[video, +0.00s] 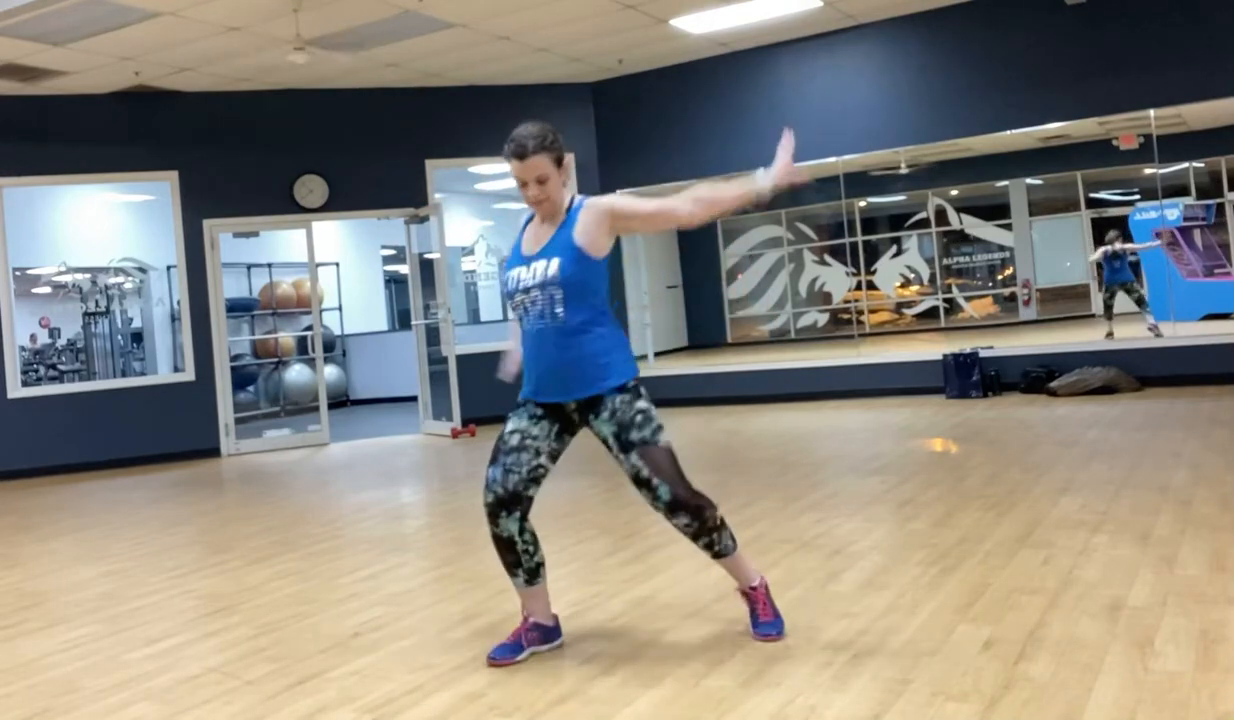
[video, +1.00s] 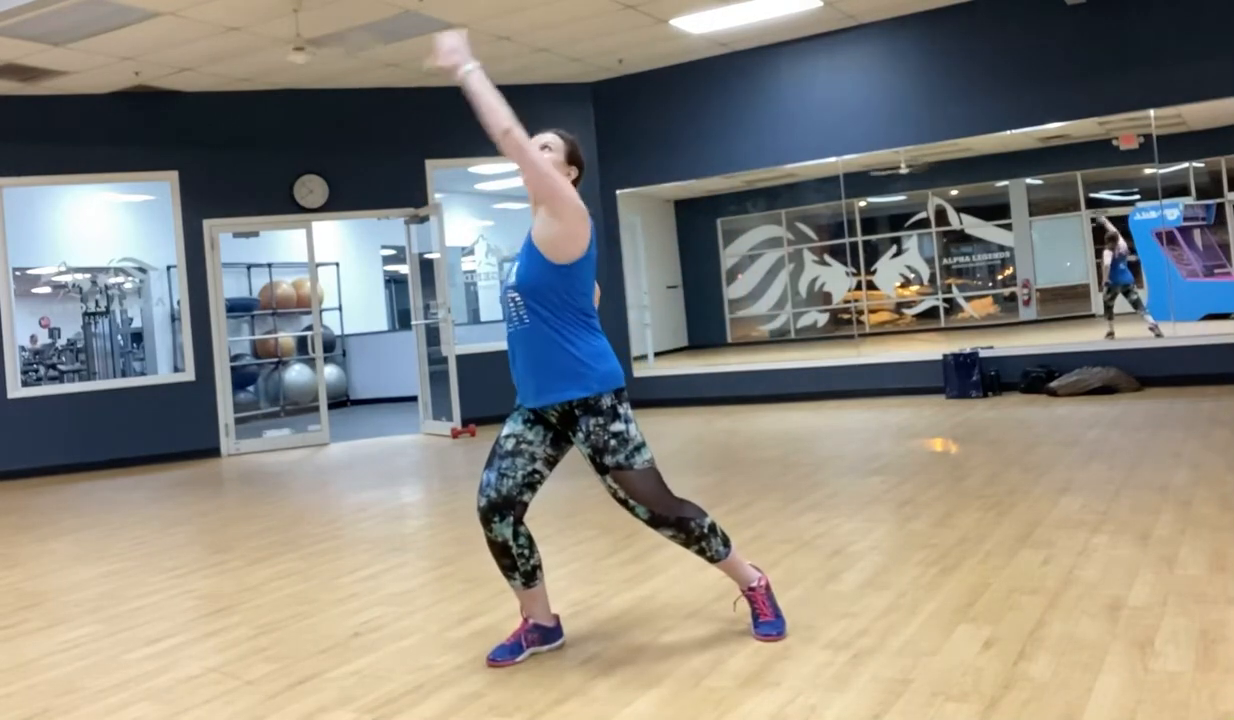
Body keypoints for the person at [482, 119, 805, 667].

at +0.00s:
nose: (532, 194)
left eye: (541, 180)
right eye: (521, 184)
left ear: (566, 168)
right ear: (513, 181)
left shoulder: (600, 213)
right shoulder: (526, 231)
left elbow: (687, 208)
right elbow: (534, 301)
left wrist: (769, 180)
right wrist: (519, 348)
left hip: (608, 390)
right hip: (542, 398)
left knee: (672, 497)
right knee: (501, 499)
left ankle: (752, 583)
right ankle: (539, 620)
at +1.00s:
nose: (528, 151)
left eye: (542, 147)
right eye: (530, 145)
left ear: (567, 169)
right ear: (544, 170)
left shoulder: (565, 209)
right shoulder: (546, 225)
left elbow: (506, 134)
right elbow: (584, 304)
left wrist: (467, 64)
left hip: (593, 398)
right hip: (539, 405)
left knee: (655, 507)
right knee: (496, 506)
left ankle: (752, 582)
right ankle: (539, 620)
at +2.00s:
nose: (559, 154)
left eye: (567, 142)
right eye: (547, 146)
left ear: (582, 138)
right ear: (530, 149)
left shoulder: (613, 181)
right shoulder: (510, 205)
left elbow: (685, 135)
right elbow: (428, 214)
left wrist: (743, 89)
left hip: (628, 363)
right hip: (551, 375)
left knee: (681, 467)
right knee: (528, 492)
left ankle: (685, 595)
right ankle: (537, 617)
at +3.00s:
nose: (617, 164)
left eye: (618, 154)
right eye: (601, 162)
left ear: (626, 160)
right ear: (580, 182)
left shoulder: (621, 224)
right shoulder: (600, 227)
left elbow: (667, 163)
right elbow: (665, 164)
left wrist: (713, 103)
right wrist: (719, 96)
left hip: (653, 399)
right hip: (605, 402)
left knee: (711, 489)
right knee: (552, 509)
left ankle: (672, 607)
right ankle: (437, 609)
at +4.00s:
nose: (580, 161)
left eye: (588, 151)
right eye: (568, 159)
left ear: (609, 161)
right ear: (561, 176)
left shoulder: (634, 226)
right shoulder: (562, 225)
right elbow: (488, 180)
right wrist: (428, 137)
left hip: (651, 394)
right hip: (587, 397)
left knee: (705, 496)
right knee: (535, 507)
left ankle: (670, 609)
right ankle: (434, 612)